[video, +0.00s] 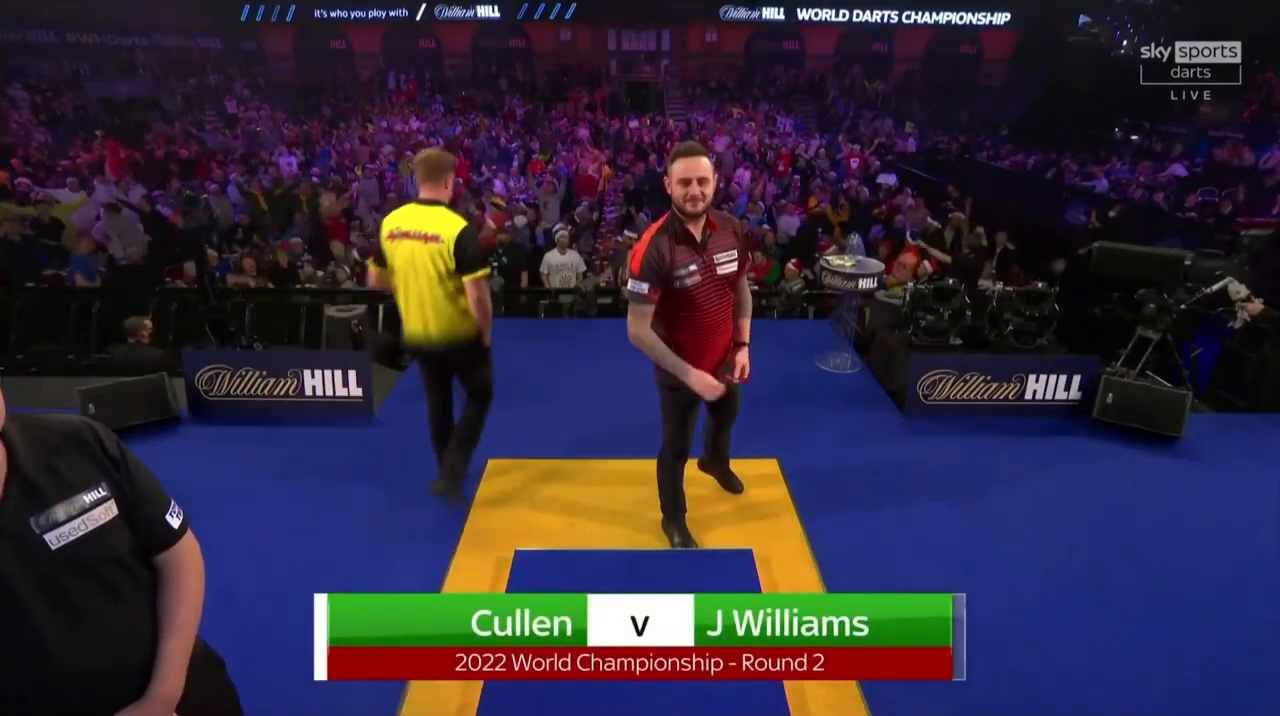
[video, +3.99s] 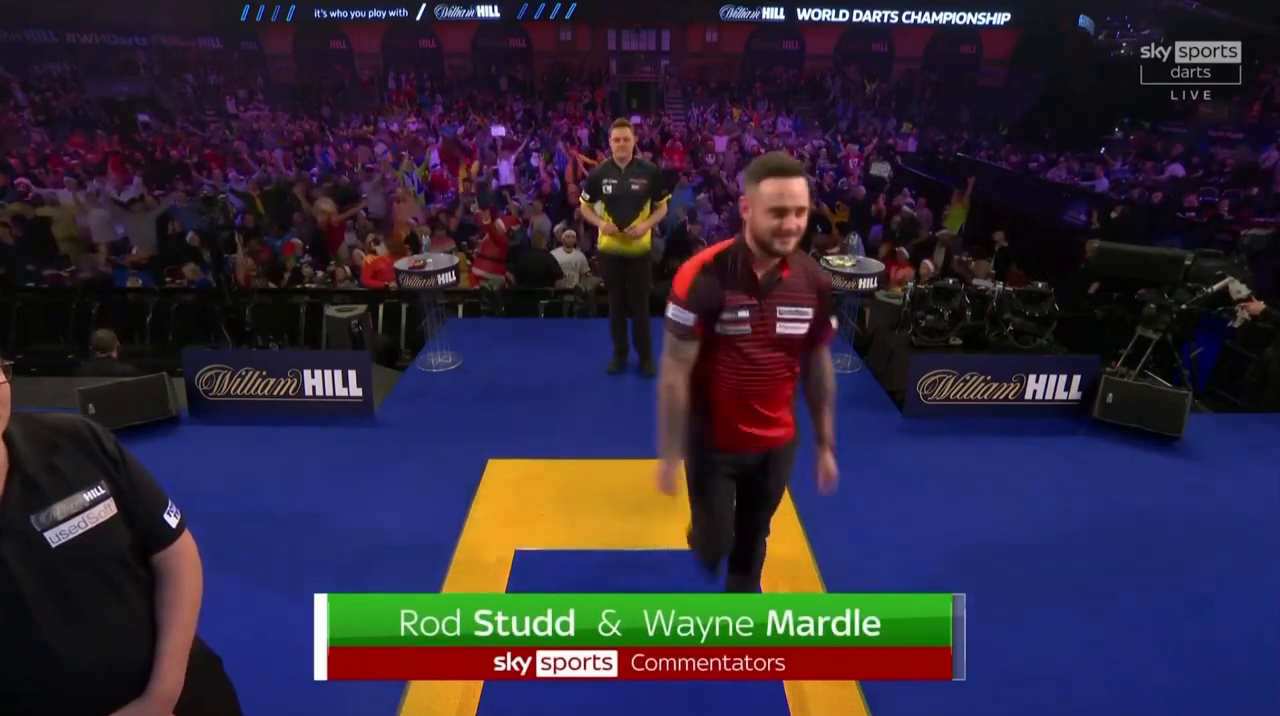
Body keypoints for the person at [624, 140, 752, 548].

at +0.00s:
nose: (694, 191)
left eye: (702, 181)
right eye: (685, 182)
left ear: (714, 184)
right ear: (669, 186)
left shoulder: (731, 230)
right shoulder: (653, 248)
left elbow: (742, 290)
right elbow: (638, 330)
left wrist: (743, 345)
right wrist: (691, 374)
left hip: (723, 358)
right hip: (679, 367)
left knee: (727, 411)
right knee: (677, 447)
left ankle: (714, 460)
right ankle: (673, 519)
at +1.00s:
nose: (687, 188)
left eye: (695, 179)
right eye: (677, 180)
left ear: (708, 183)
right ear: (662, 188)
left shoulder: (726, 228)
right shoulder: (651, 241)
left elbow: (744, 287)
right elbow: (633, 302)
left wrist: (748, 345)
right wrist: (654, 234)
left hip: (726, 355)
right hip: (682, 365)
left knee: (729, 414)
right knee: (678, 447)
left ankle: (715, 461)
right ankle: (674, 520)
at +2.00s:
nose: (694, 192)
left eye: (703, 182)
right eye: (684, 184)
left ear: (715, 185)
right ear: (668, 188)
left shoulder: (730, 230)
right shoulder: (656, 250)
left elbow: (742, 289)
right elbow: (642, 332)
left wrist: (740, 347)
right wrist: (696, 376)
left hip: (723, 355)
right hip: (679, 365)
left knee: (728, 411)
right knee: (677, 445)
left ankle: (714, 461)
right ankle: (674, 520)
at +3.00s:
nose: (693, 197)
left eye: (701, 187)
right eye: (682, 190)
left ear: (714, 191)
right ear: (666, 197)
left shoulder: (734, 236)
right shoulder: (659, 253)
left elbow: (751, 296)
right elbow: (636, 321)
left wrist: (754, 356)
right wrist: (655, 248)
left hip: (731, 364)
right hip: (685, 375)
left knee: (739, 426)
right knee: (681, 450)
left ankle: (719, 463)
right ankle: (674, 520)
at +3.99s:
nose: (790, 224)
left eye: (799, 212)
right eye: (777, 212)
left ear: (808, 212)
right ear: (745, 208)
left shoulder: (813, 281)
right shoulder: (701, 277)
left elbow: (818, 361)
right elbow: (676, 367)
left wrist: (826, 444)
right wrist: (669, 453)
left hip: (776, 439)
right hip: (715, 438)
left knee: (754, 540)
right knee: (715, 546)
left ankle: (743, 609)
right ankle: (704, 545)